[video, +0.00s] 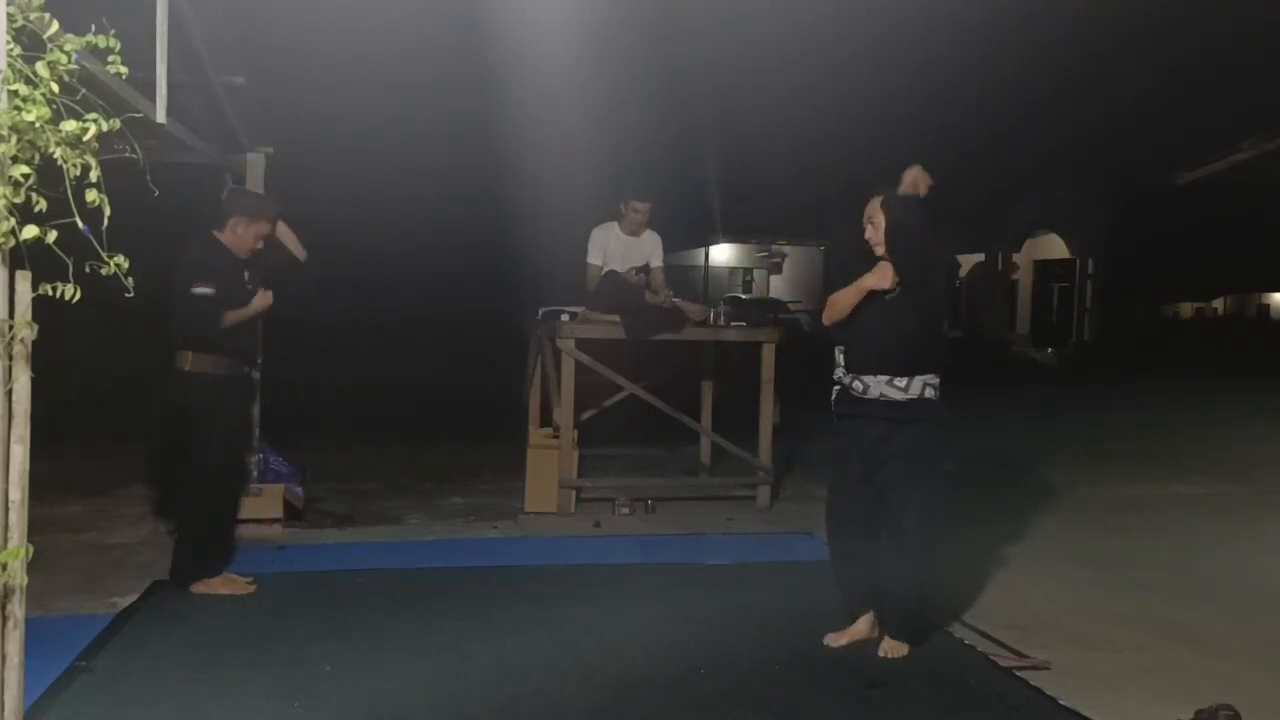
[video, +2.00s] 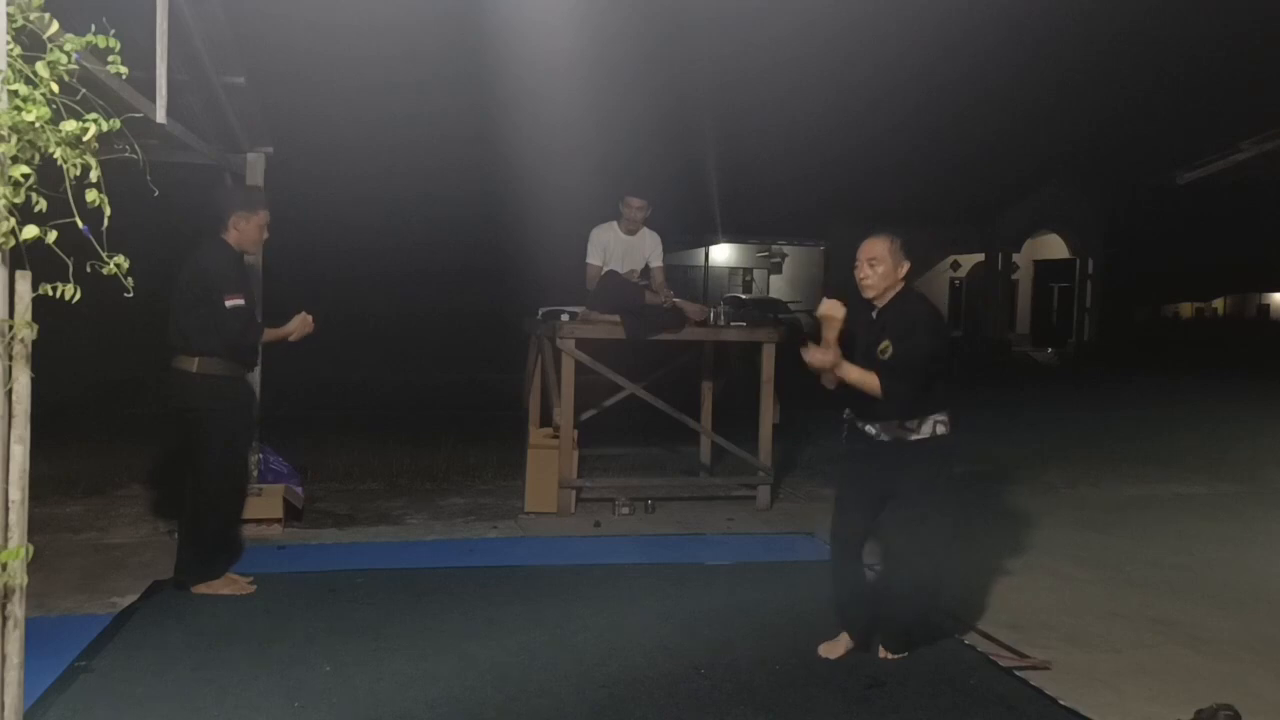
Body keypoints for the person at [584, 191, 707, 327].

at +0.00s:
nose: (641, 218)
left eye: (645, 213)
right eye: (636, 212)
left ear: (650, 213)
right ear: (623, 208)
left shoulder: (653, 239)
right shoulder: (601, 234)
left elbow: (658, 283)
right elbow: (592, 285)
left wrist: (665, 294)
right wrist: (622, 281)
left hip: (637, 301)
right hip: (603, 301)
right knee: (611, 278)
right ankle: (676, 310)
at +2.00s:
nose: (633, 214)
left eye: (639, 209)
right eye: (628, 207)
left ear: (648, 212)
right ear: (620, 207)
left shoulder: (652, 239)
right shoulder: (601, 234)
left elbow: (658, 282)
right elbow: (591, 284)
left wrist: (664, 294)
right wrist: (621, 279)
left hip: (634, 300)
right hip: (602, 300)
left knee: (676, 317)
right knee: (611, 278)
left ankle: (607, 319)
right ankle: (679, 306)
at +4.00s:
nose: (642, 218)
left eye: (647, 212)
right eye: (637, 211)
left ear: (651, 214)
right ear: (624, 209)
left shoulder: (654, 240)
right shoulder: (602, 234)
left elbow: (659, 283)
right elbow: (592, 283)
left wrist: (665, 295)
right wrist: (623, 281)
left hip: (637, 300)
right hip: (603, 300)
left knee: (675, 317)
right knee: (611, 278)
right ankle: (679, 306)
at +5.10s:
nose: (631, 216)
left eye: (638, 212)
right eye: (628, 210)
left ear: (649, 214)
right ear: (623, 209)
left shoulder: (656, 242)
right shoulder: (602, 232)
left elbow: (660, 283)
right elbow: (583, 275)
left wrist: (668, 298)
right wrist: (617, 276)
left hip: (636, 302)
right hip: (602, 300)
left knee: (673, 316)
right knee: (612, 278)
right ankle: (679, 306)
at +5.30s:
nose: (624, 217)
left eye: (630, 213)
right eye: (622, 211)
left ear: (644, 214)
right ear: (618, 209)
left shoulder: (655, 241)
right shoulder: (601, 230)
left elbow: (660, 282)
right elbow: (579, 267)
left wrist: (669, 296)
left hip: (634, 301)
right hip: (601, 299)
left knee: (673, 317)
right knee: (612, 278)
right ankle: (679, 306)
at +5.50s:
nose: (618, 217)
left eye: (624, 213)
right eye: (616, 212)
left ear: (639, 214)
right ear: (612, 210)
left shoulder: (653, 240)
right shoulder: (598, 229)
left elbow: (659, 282)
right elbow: (573, 263)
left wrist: (669, 298)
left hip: (633, 301)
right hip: (600, 299)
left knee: (675, 317)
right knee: (612, 275)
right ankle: (680, 306)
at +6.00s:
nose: (621, 216)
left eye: (627, 211)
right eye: (619, 210)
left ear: (641, 213)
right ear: (615, 209)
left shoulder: (653, 239)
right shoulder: (599, 228)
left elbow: (659, 280)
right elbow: (577, 257)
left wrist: (667, 297)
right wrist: (566, 292)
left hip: (634, 300)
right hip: (600, 298)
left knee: (674, 318)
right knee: (612, 275)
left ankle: (600, 316)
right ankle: (679, 305)